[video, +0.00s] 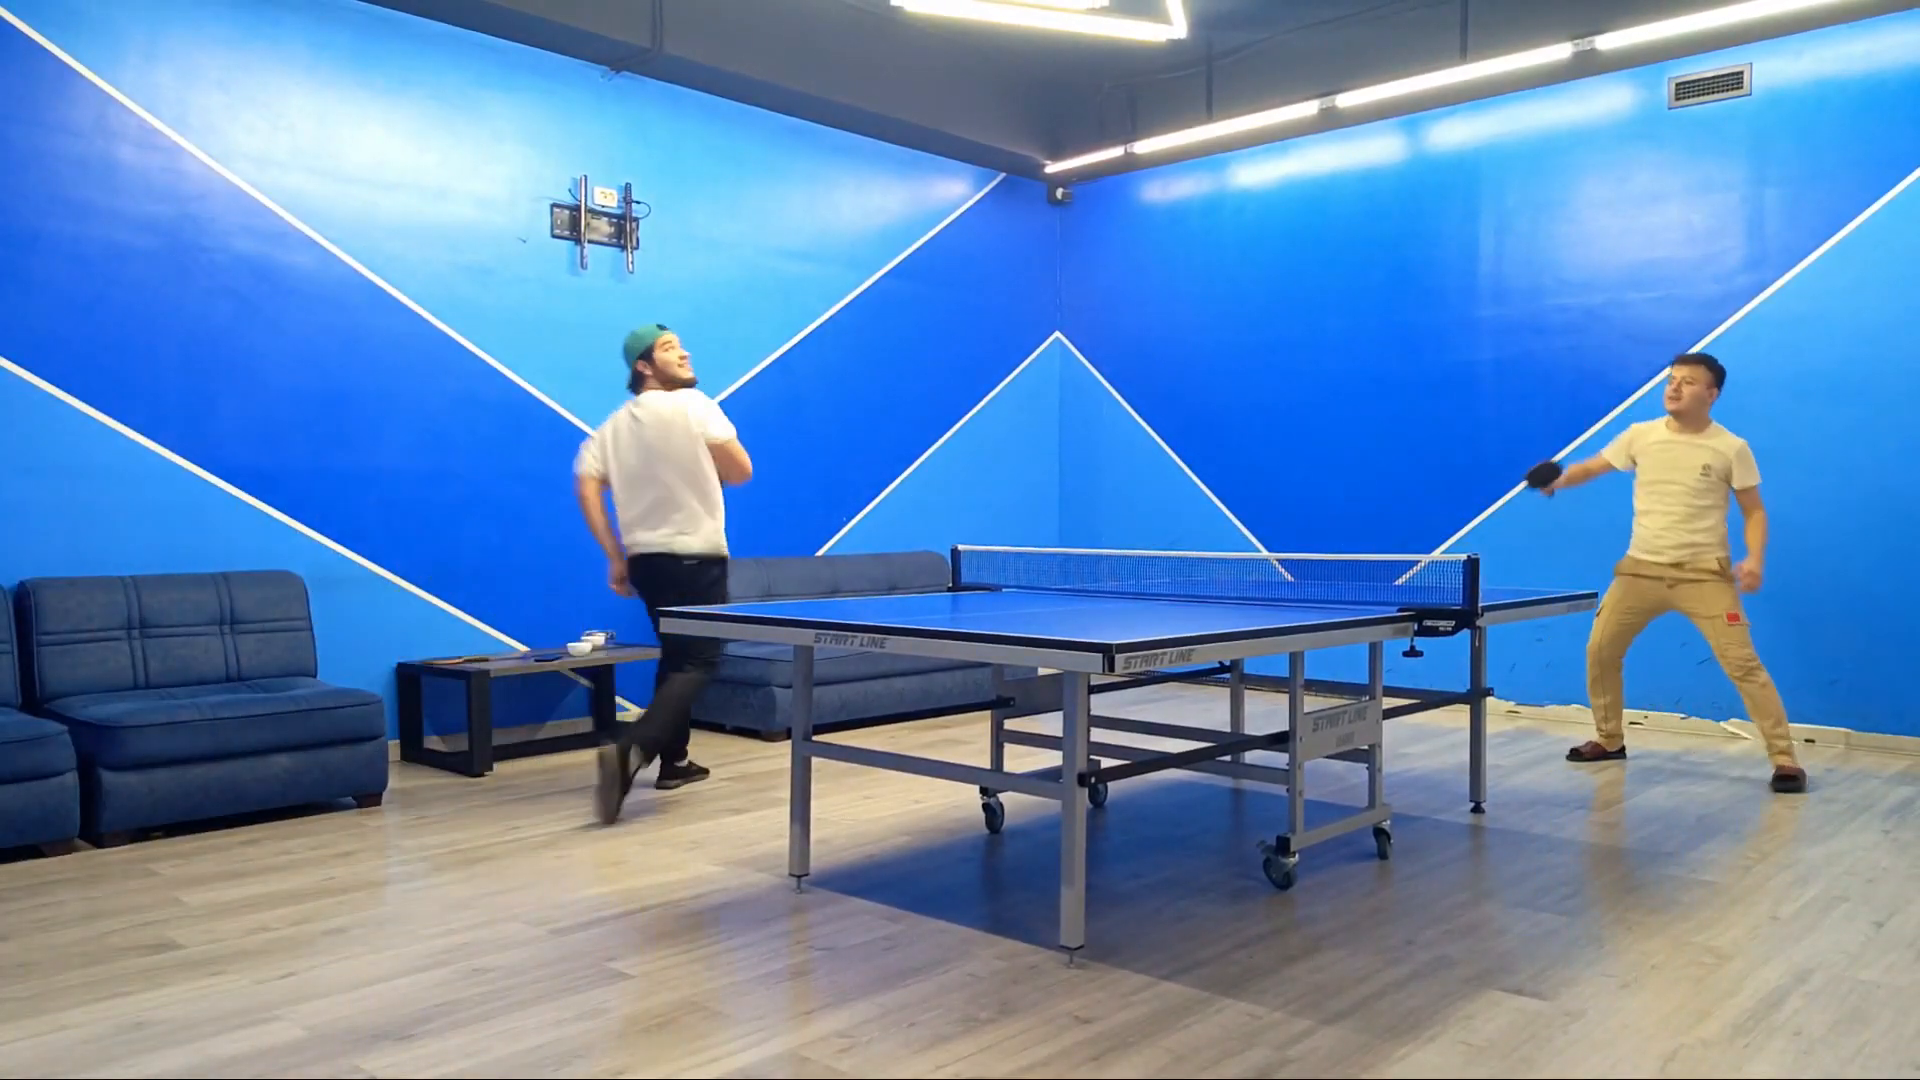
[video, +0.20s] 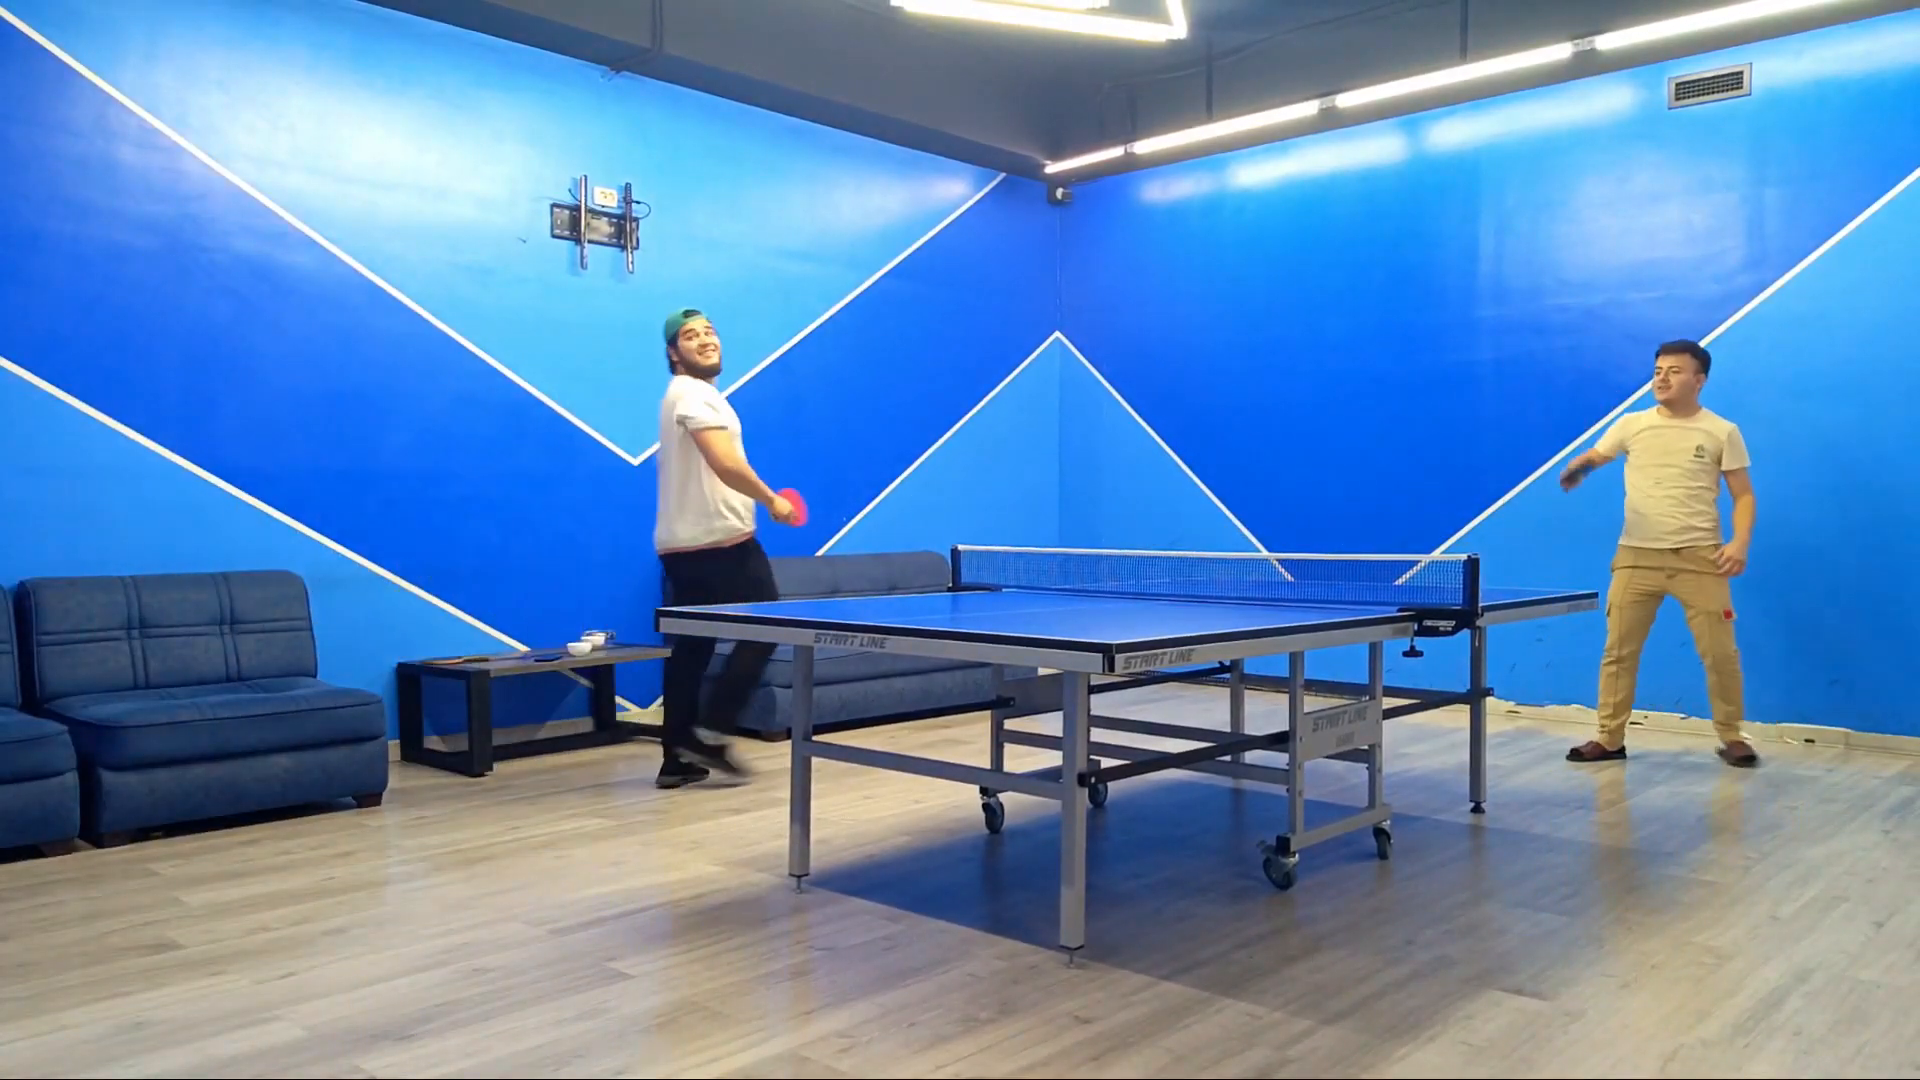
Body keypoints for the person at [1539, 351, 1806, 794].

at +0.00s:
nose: (1674, 387)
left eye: (1687, 382)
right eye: (1672, 380)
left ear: (1711, 394)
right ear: (1666, 387)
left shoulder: (1731, 449)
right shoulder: (1640, 435)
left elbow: (1754, 511)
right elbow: (1591, 466)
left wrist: (1755, 559)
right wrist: (1558, 480)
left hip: (1704, 577)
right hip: (1640, 572)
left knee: (1743, 664)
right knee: (1601, 649)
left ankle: (1784, 759)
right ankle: (1609, 741)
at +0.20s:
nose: (1663, 378)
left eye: (1675, 371)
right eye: (1659, 372)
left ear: (1699, 379)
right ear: (1653, 379)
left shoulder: (1721, 432)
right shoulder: (1633, 425)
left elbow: (1743, 495)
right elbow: (1592, 458)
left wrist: (1740, 544)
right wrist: (1574, 470)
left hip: (1699, 561)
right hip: (1637, 559)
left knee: (1721, 653)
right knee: (1618, 649)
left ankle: (1732, 738)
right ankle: (1609, 739)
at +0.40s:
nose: (1675, 385)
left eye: (1686, 378)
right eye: (1671, 379)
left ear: (1713, 384)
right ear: (1667, 384)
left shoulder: (1737, 439)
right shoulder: (1649, 430)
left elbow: (1747, 501)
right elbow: (1624, 481)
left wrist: (1743, 553)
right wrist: (1602, 526)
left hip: (1706, 563)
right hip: (1647, 558)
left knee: (1706, 655)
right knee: (1631, 650)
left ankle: (1708, 732)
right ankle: (1610, 737)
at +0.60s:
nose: (1695, 383)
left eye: (1706, 375)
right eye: (1692, 376)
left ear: (1732, 382)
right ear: (1688, 382)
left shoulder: (1755, 437)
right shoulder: (1669, 425)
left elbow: (1761, 504)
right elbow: (1649, 482)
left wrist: (1752, 554)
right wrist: (1633, 534)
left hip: (1716, 557)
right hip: (1657, 550)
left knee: (1707, 650)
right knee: (1641, 642)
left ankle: (1708, 732)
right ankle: (1625, 728)